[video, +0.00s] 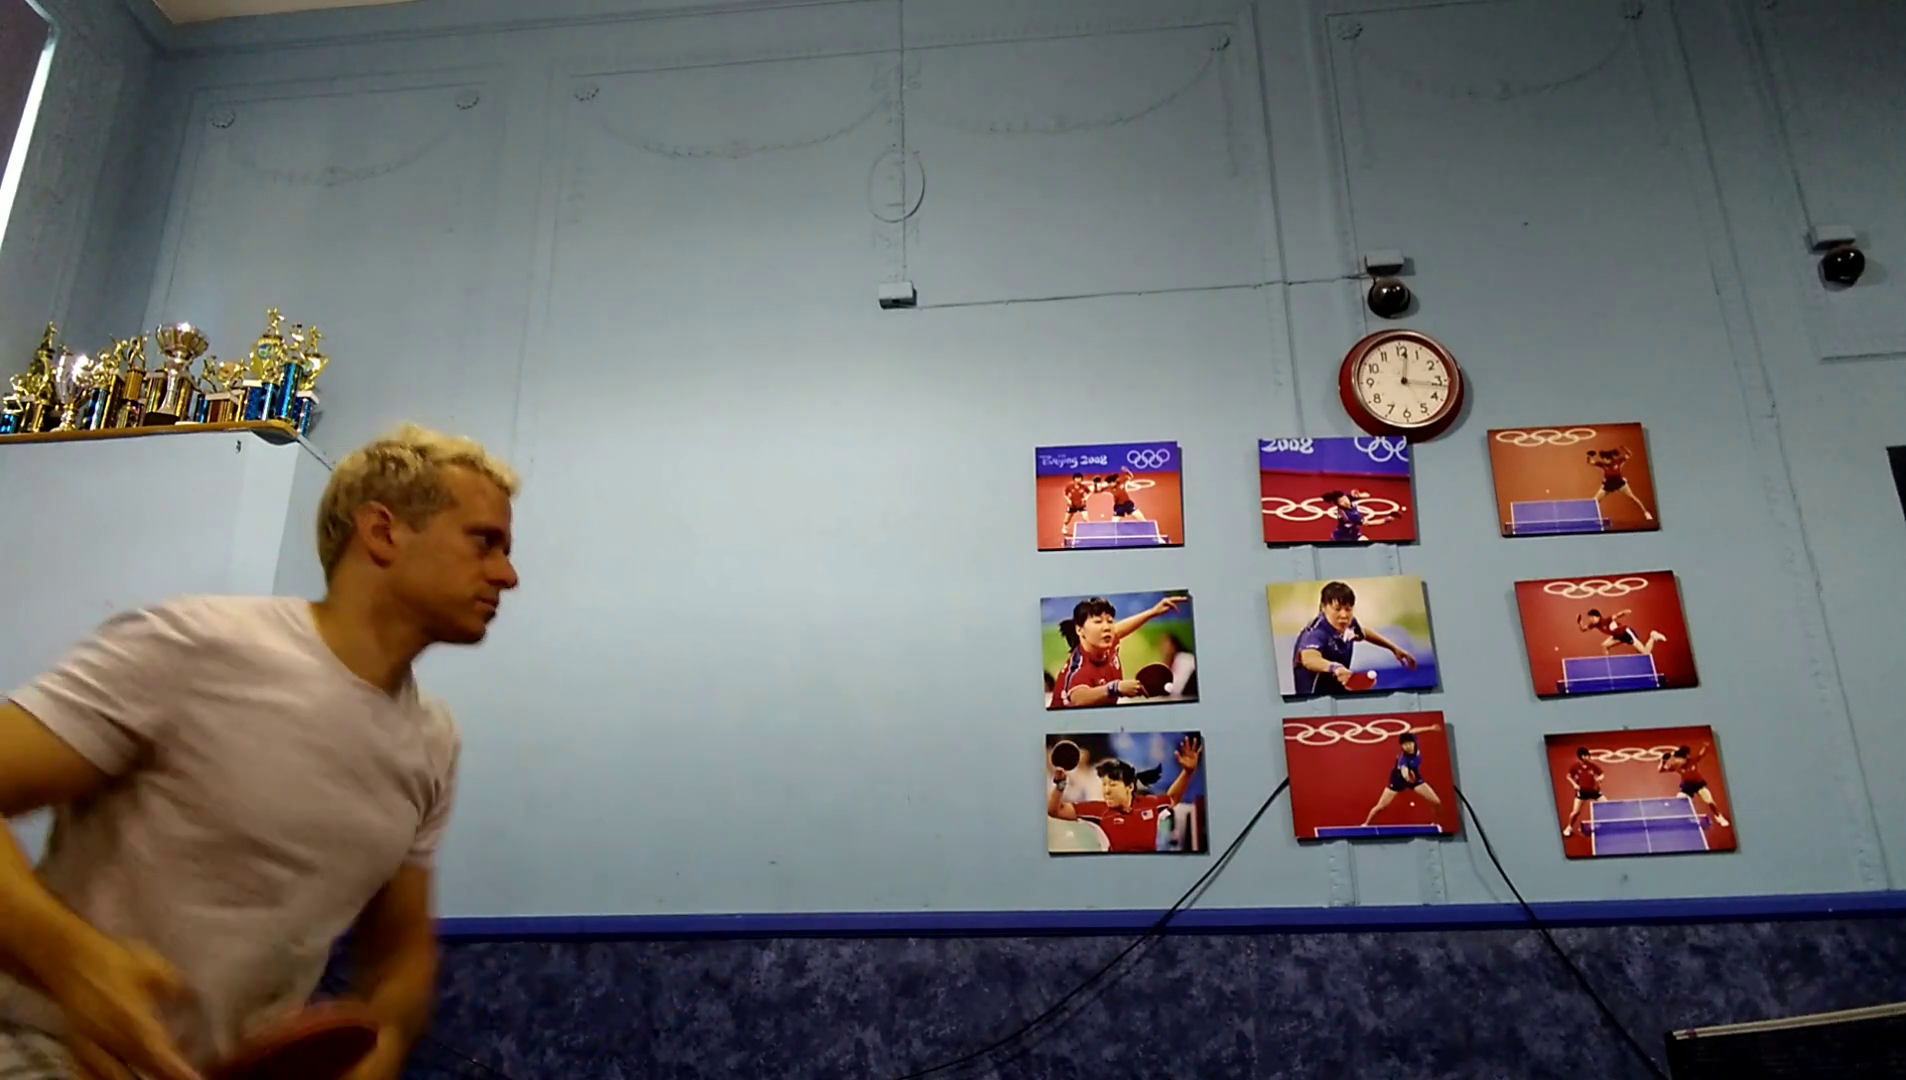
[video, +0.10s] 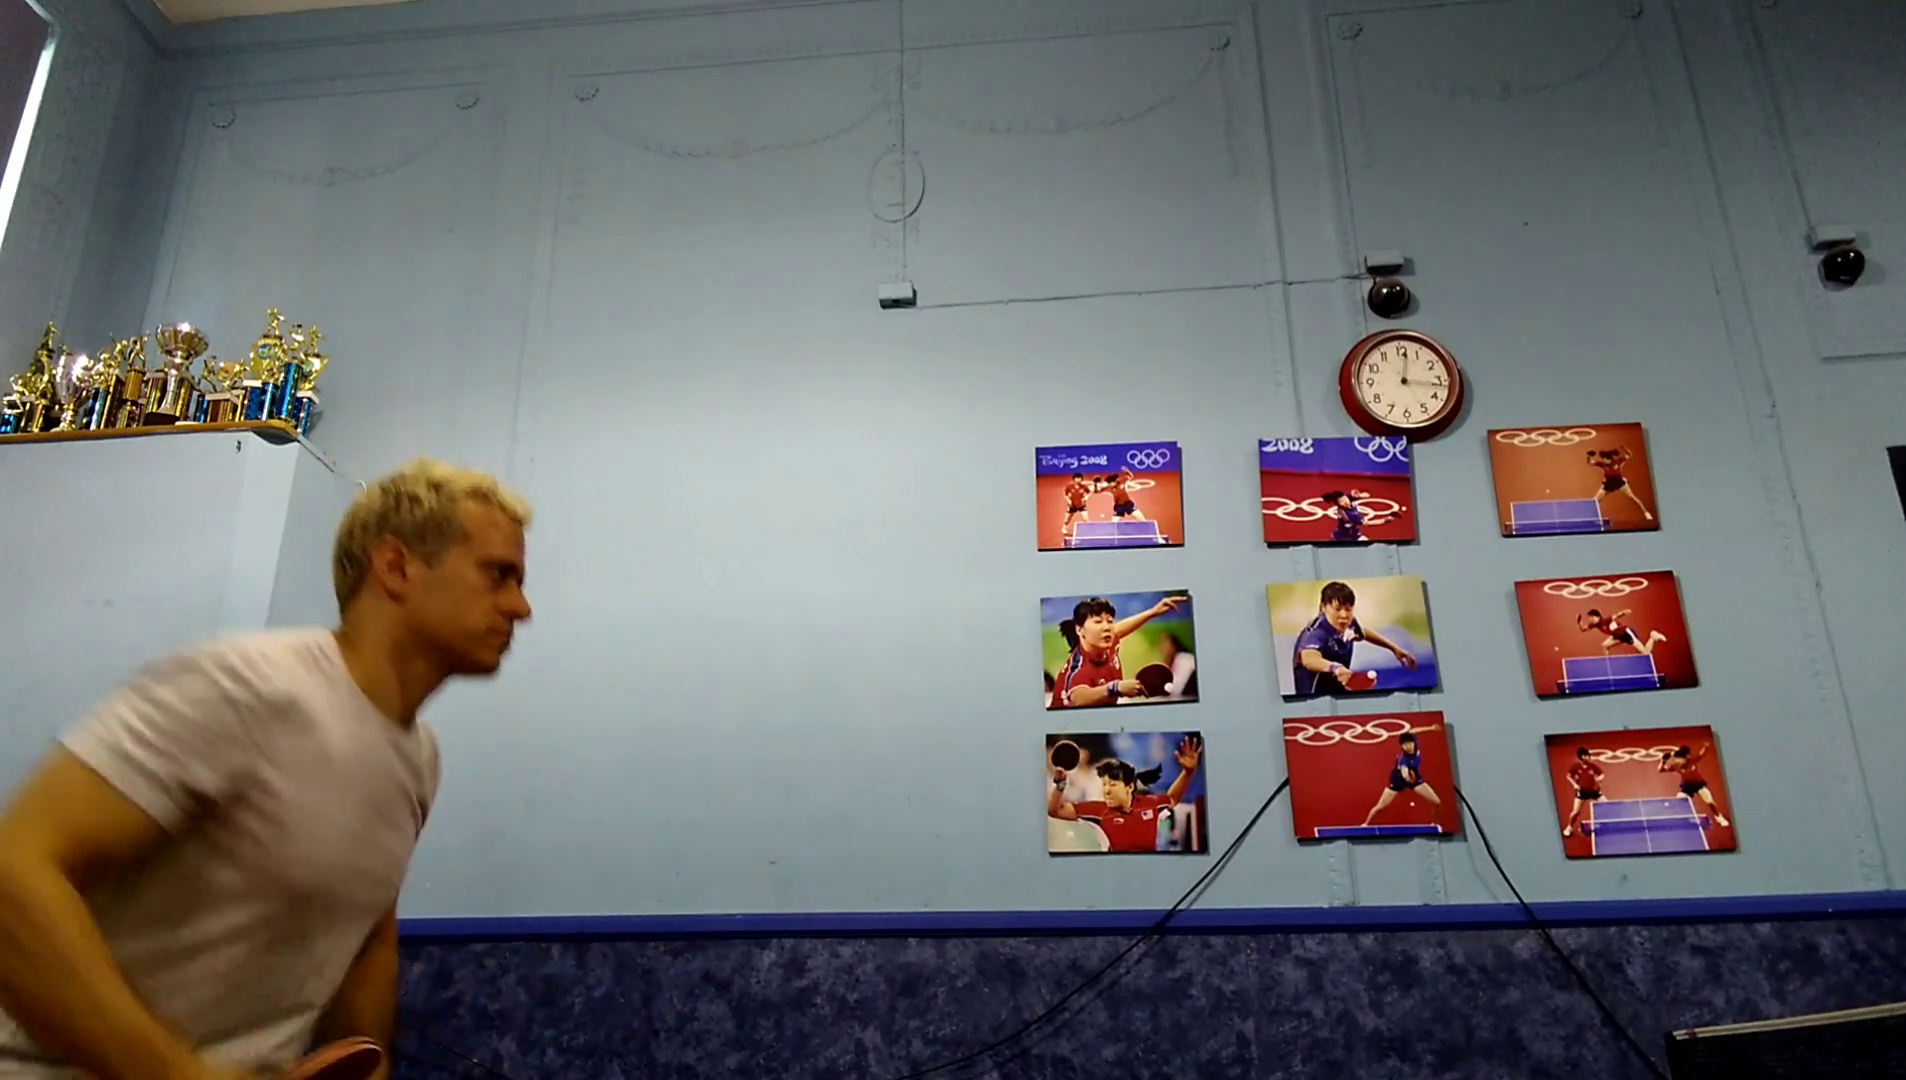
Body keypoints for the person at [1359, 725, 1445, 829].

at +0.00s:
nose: (1408, 747)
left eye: (1409, 744)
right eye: (1405, 745)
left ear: (1414, 743)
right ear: (1402, 746)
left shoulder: (1416, 747)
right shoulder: (1403, 758)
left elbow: (1414, 731)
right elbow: (1404, 770)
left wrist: (1431, 728)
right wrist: (1408, 778)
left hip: (1414, 779)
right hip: (1398, 781)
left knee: (1436, 801)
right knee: (1381, 806)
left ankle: (1436, 823)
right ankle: (1366, 823)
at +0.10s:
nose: (1408, 747)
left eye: (1409, 744)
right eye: (1405, 745)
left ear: (1414, 743)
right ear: (1402, 746)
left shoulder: (1416, 748)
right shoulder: (1403, 758)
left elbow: (1413, 731)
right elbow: (1404, 770)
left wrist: (1431, 728)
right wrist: (1409, 778)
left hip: (1415, 779)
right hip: (1398, 781)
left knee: (1436, 802)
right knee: (1381, 806)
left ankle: (1435, 823)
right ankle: (1366, 823)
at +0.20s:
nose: (1408, 747)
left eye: (1409, 744)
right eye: (1405, 745)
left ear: (1414, 743)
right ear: (1402, 746)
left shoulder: (1415, 747)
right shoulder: (1403, 758)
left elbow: (1413, 731)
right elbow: (1404, 771)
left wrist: (1431, 728)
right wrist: (1408, 778)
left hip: (1414, 779)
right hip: (1398, 781)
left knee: (1436, 801)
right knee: (1381, 806)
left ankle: (1436, 823)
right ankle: (1366, 823)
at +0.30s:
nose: (1408, 747)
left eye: (1409, 744)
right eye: (1405, 745)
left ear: (1414, 743)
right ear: (1402, 746)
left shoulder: (1415, 747)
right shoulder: (1403, 758)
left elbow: (1413, 731)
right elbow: (1404, 771)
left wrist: (1431, 728)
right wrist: (1408, 778)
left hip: (1414, 779)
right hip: (1398, 781)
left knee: (1436, 801)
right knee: (1381, 806)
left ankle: (1436, 823)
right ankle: (1366, 823)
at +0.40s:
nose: (1408, 747)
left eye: (1409, 744)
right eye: (1405, 745)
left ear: (1414, 743)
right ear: (1402, 746)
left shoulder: (1416, 747)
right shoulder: (1403, 758)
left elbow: (1414, 731)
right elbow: (1404, 771)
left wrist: (1431, 728)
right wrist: (1408, 778)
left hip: (1414, 779)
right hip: (1398, 781)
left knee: (1436, 802)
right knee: (1381, 806)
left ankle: (1436, 823)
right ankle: (1366, 823)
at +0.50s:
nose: (1408, 747)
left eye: (1409, 744)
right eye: (1405, 745)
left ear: (1414, 743)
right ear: (1402, 746)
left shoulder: (1416, 748)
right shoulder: (1403, 758)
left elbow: (1414, 731)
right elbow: (1404, 771)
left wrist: (1431, 728)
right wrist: (1409, 778)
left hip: (1415, 779)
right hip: (1398, 781)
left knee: (1436, 802)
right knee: (1381, 806)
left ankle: (1435, 824)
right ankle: (1366, 823)